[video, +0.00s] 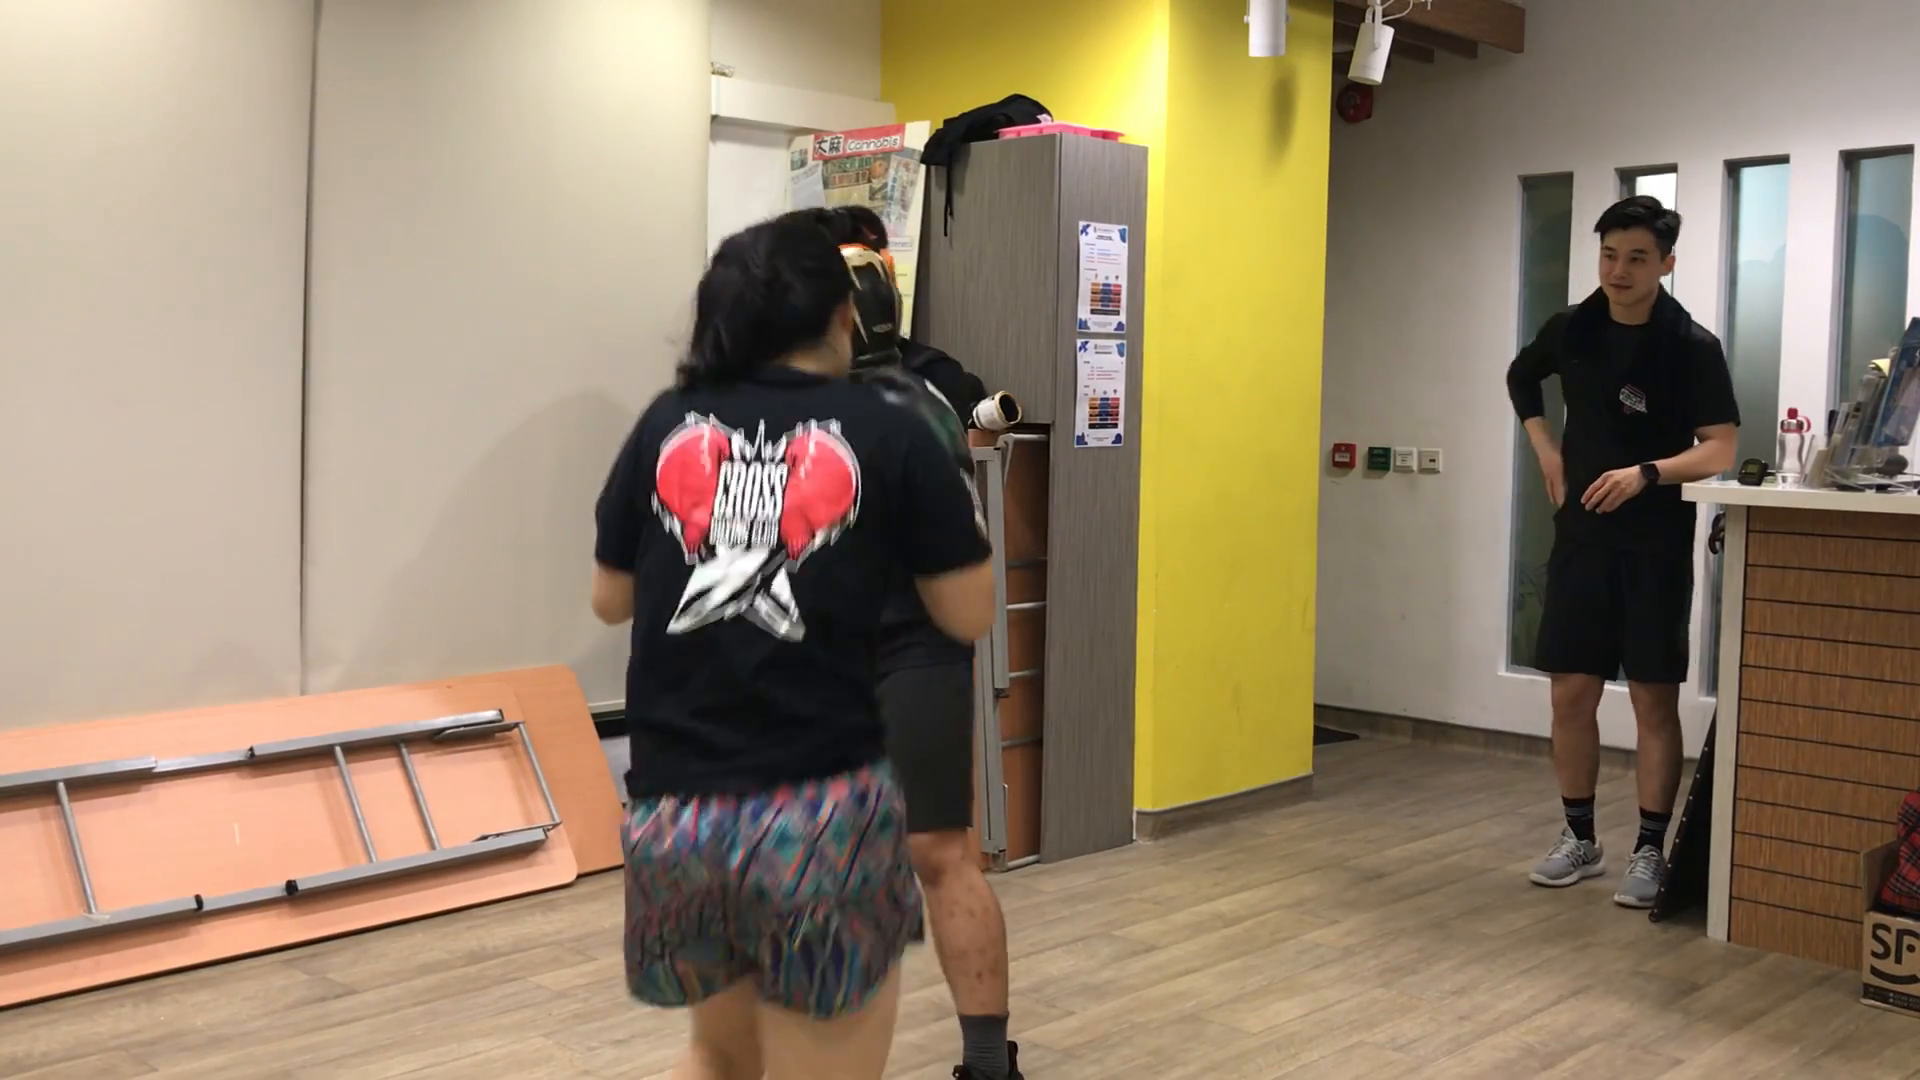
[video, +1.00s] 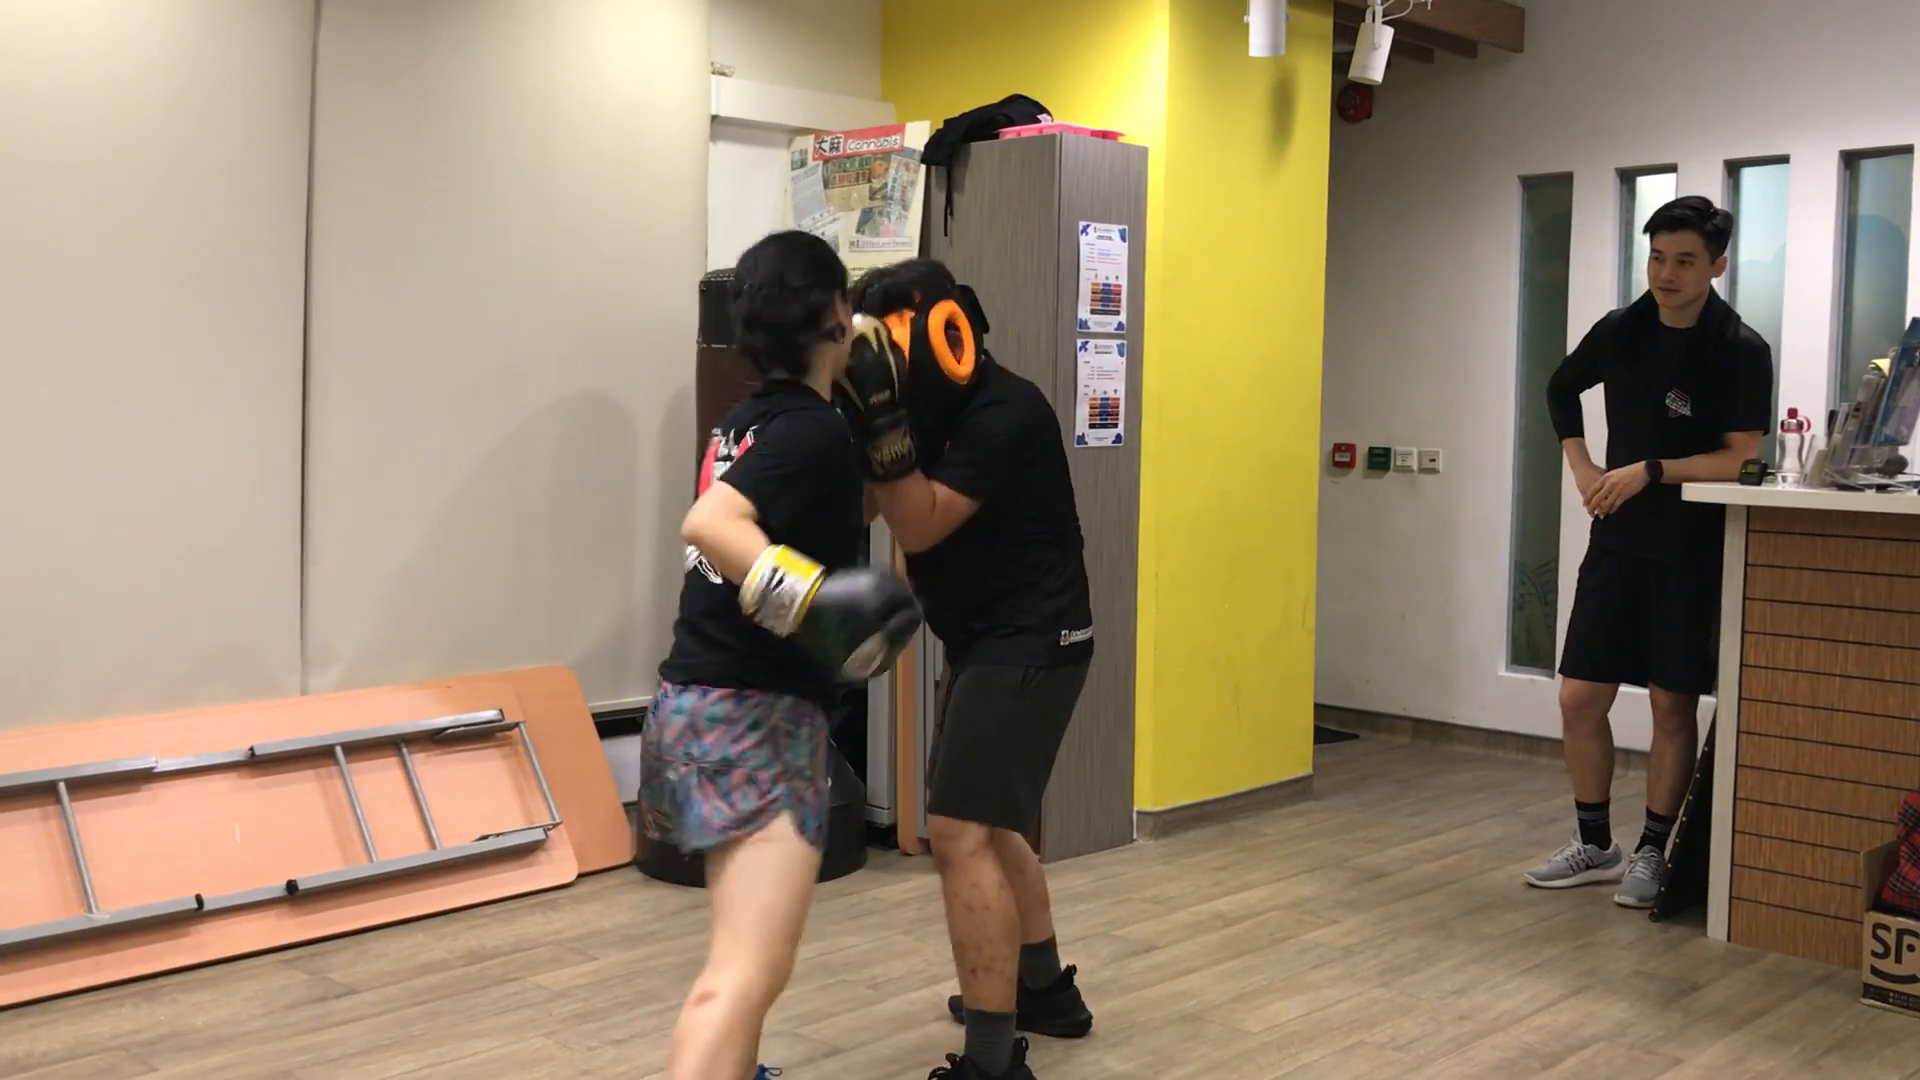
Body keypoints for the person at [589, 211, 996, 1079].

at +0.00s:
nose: (857, 313)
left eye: (853, 299)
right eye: (852, 299)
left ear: (732, 315)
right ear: (842, 313)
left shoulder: (668, 420)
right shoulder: (888, 427)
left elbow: (612, 597)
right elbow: (969, 612)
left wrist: (722, 549)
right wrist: (881, 533)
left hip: (675, 822)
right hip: (826, 821)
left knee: (719, 1052)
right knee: (829, 1065)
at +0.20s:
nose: (896, 303)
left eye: (892, 283)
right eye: (891, 284)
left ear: (777, 293)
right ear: (870, 292)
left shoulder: (713, 388)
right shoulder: (857, 404)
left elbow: (590, 460)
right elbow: (897, 592)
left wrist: (706, 436)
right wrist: (956, 497)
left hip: (668, 749)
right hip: (778, 751)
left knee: (747, 1004)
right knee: (778, 1052)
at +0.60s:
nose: (801, 321)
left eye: (796, 306)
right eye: (798, 304)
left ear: (698, 311)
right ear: (780, 298)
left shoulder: (626, 407)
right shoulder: (812, 389)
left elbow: (596, 576)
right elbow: (917, 496)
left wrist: (691, 525)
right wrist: (898, 408)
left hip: (645, 736)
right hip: (770, 732)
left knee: (700, 985)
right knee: (774, 1018)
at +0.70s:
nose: (814, 353)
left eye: (812, 337)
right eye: (812, 337)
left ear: (705, 344)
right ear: (794, 339)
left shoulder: (636, 442)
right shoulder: (819, 441)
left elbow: (541, 583)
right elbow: (924, 568)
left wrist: (630, 594)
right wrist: (925, 476)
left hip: (651, 776)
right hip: (767, 775)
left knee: (704, 1036)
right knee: (724, 1049)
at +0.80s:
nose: (833, 344)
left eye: (831, 326)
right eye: (828, 325)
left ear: (726, 328)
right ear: (805, 328)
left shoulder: (658, 432)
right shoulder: (812, 435)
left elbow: (555, 536)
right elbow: (859, 596)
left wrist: (569, 585)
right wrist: (924, 574)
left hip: (656, 746)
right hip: (760, 747)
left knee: (738, 988)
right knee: (698, 1024)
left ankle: (693, 1061)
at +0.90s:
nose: (858, 314)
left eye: (852, 298)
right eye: (854, 299)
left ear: (758, 315)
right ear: (839, 307)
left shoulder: (709, 413)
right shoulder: (818, 418)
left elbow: (622, 522)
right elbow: (751, 546)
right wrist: (842, 605)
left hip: (677, 697)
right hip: (743, 703)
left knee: (774, 885)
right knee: (701, 997)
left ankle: (745, 1065)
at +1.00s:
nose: (854, 311)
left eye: (850, 299)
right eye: (847, 299)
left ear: (753, 324)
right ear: (835, 315)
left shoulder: (743, 421)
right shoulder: (813, 425)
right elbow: (712, 521)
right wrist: (811, 596)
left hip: (703, 701)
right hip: (755, 710)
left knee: (746, 953)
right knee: (746, 969)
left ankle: (731, 1064)